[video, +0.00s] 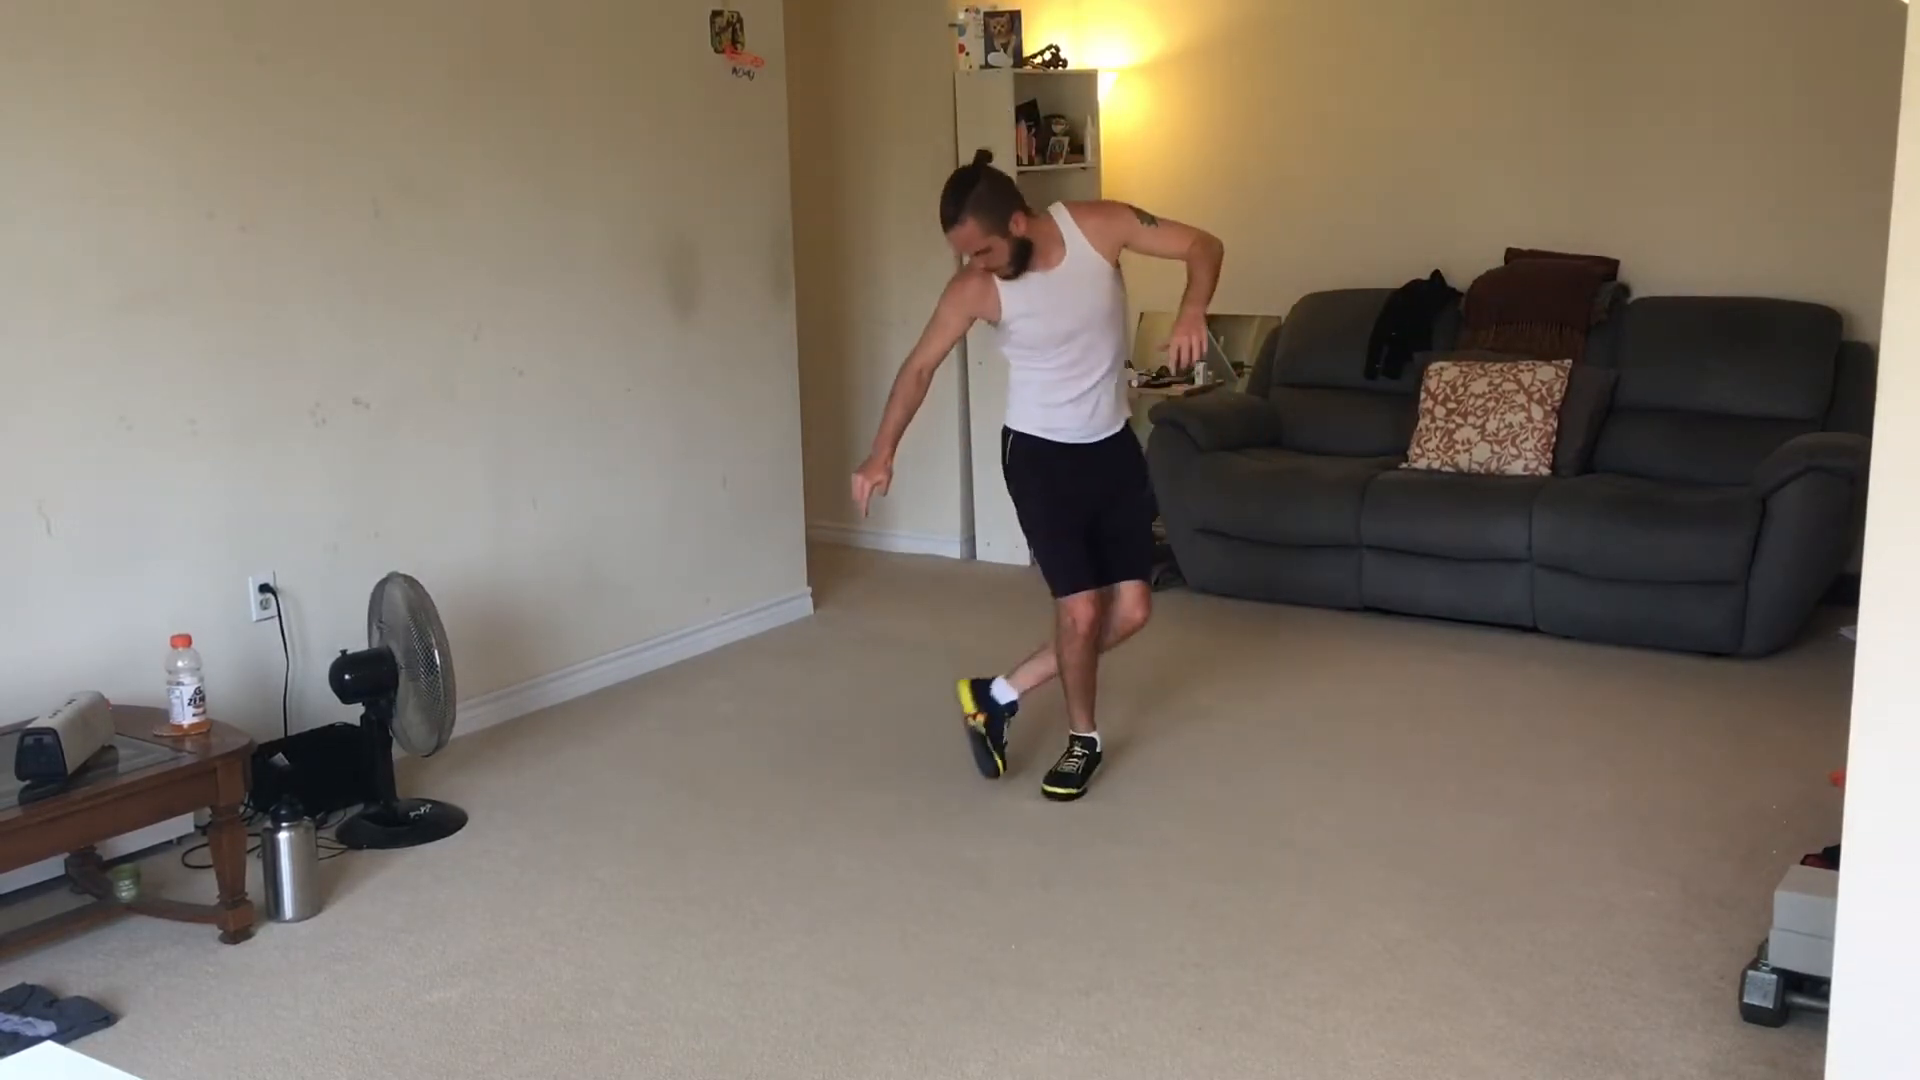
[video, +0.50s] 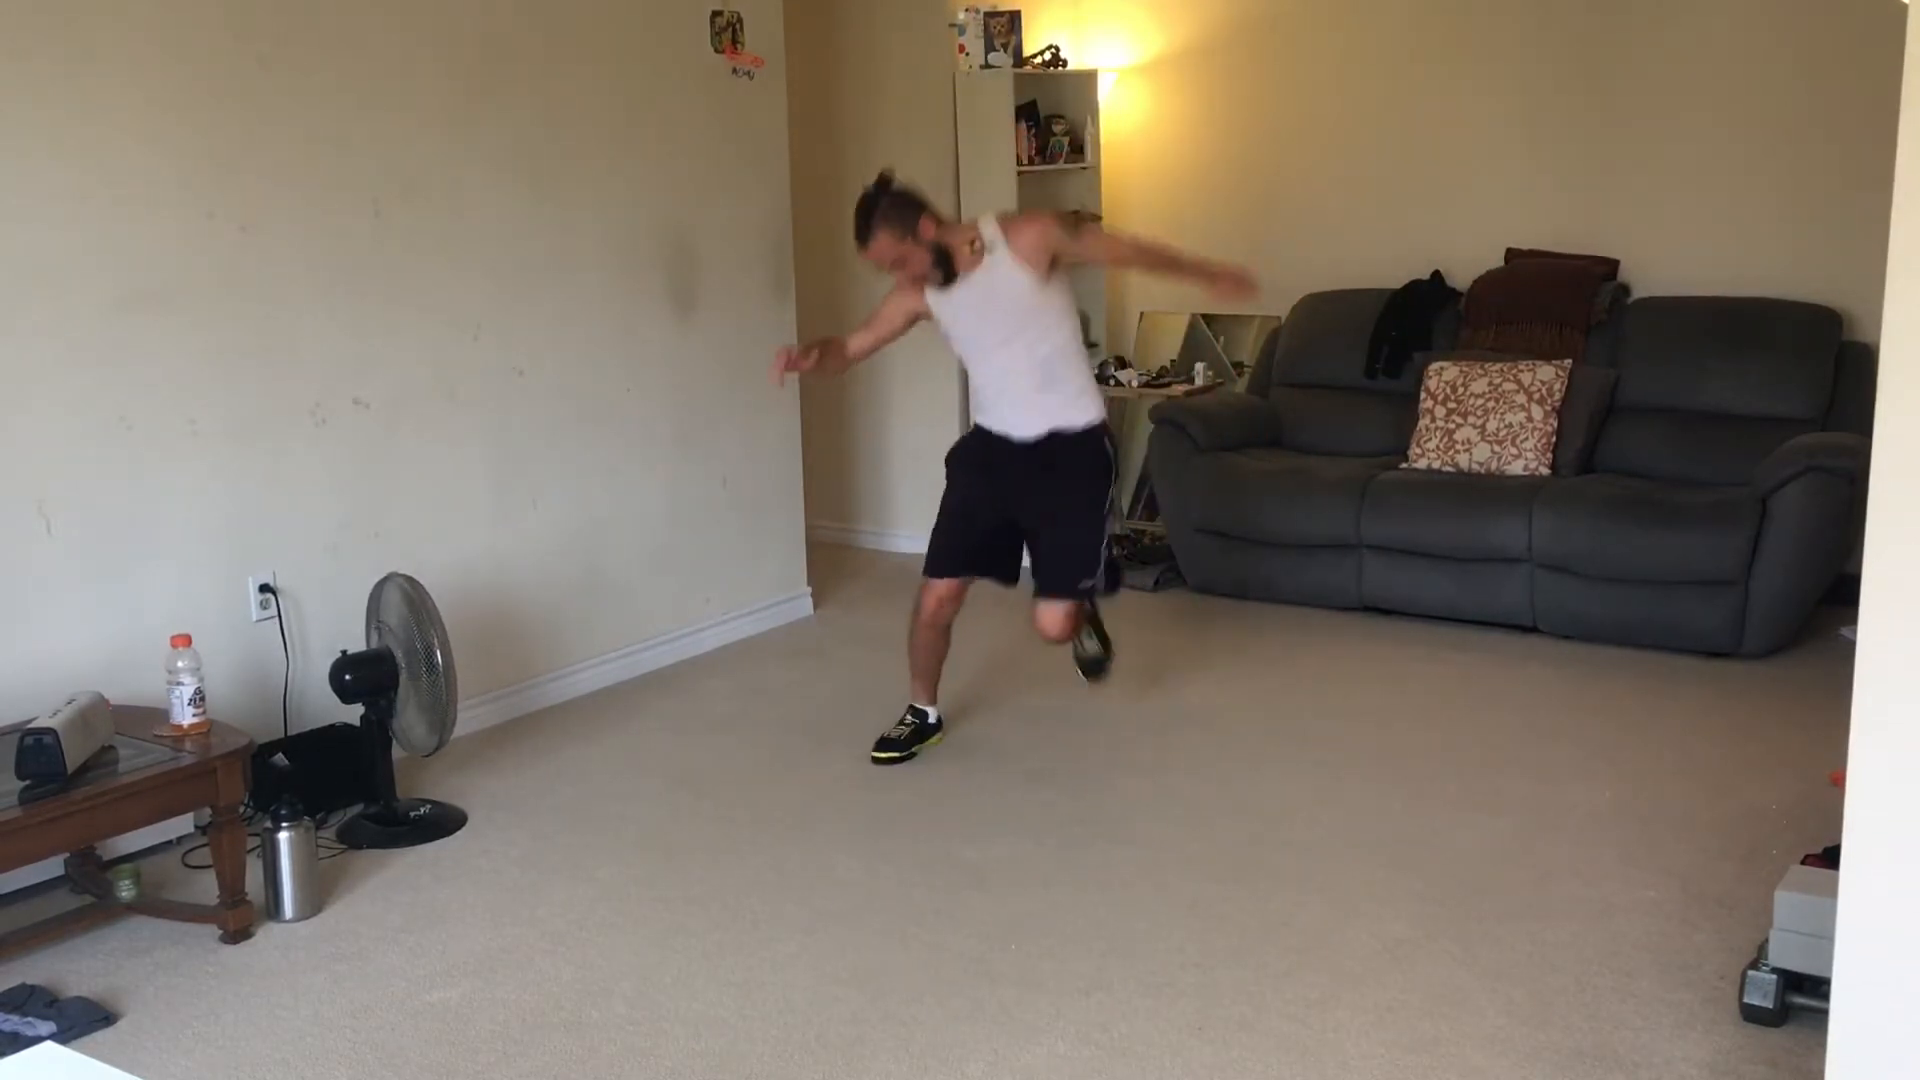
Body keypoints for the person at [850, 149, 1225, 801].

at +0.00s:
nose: (976, 266)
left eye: (983, 252)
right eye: (966, 256)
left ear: (1020, 221)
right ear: (959, 240)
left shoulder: (1097, 226)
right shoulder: (976, 288)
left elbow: (1204, 246)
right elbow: (918, 368)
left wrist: (1193, 308)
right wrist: (882, 451)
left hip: (1111, 444)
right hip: (1038, 453)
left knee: (1131, 609)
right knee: (1080, 609)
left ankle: (998, 694)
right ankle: (1083, 739)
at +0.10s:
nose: (982, 229)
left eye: (990, 214)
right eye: (972, 218)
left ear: (1027, 185)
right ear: (965, 202)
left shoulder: (1100, 208)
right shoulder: (975, 262)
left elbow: (1211, 227)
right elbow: (920, 343)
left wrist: (1188, 275)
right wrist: (889, 429)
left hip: (1095, 433)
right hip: (1027, 439)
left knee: (1112, 606)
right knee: (1076, 607)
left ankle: (968, 683)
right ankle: (1082, 737)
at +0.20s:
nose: (978, 186)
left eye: (988, 170)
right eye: (968, 173)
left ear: (1027, 148)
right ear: (961, 162)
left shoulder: (1089, 183)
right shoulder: (963, 225)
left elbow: (1205, 184)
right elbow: (915, 311)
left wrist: (1191, 210)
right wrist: (889, 394)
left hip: (1075, 420)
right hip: (1009, 424)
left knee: (1124, 574)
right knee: (1058, 587)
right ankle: (1075, 735)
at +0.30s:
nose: (958, 162)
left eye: (968, 146)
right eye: (948, 150)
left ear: (1007, 123)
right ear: (944, 140)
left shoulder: (1074, 162)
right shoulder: (946, 204)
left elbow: (1182, 156)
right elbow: (896, 282)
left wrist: (1258, 146)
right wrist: (861, 364)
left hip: (1076, 394)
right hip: (998, 405)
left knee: (1110, 559)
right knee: (1027, 571)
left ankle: (1022, 524)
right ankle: (1021, 721)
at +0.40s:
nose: (929, 191)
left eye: (932, 174)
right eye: (916, 182)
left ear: (966, 143)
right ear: (911, 173)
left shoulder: (1050, 171)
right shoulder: (928, 234)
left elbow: (1164, 170)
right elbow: (859, 310)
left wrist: (1262, 181)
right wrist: (811, 365)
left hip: (1080, 402)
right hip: (993, 412)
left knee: (1091, 583)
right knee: (969, 580)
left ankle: (1034, 550)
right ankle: (951, 700)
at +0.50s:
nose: (898, 274)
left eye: (897, 260)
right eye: (888, 267)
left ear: (924, 226)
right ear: (892, 255)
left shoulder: (1029, 238)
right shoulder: (920, 292)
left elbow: (1129, 251)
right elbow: (851, 348)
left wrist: (1209, 274)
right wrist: (813, 357)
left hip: (1073, 445)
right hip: (992, 448)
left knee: (1053, 625)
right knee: (937, 596)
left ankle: (1082, 612)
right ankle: (922, 712)